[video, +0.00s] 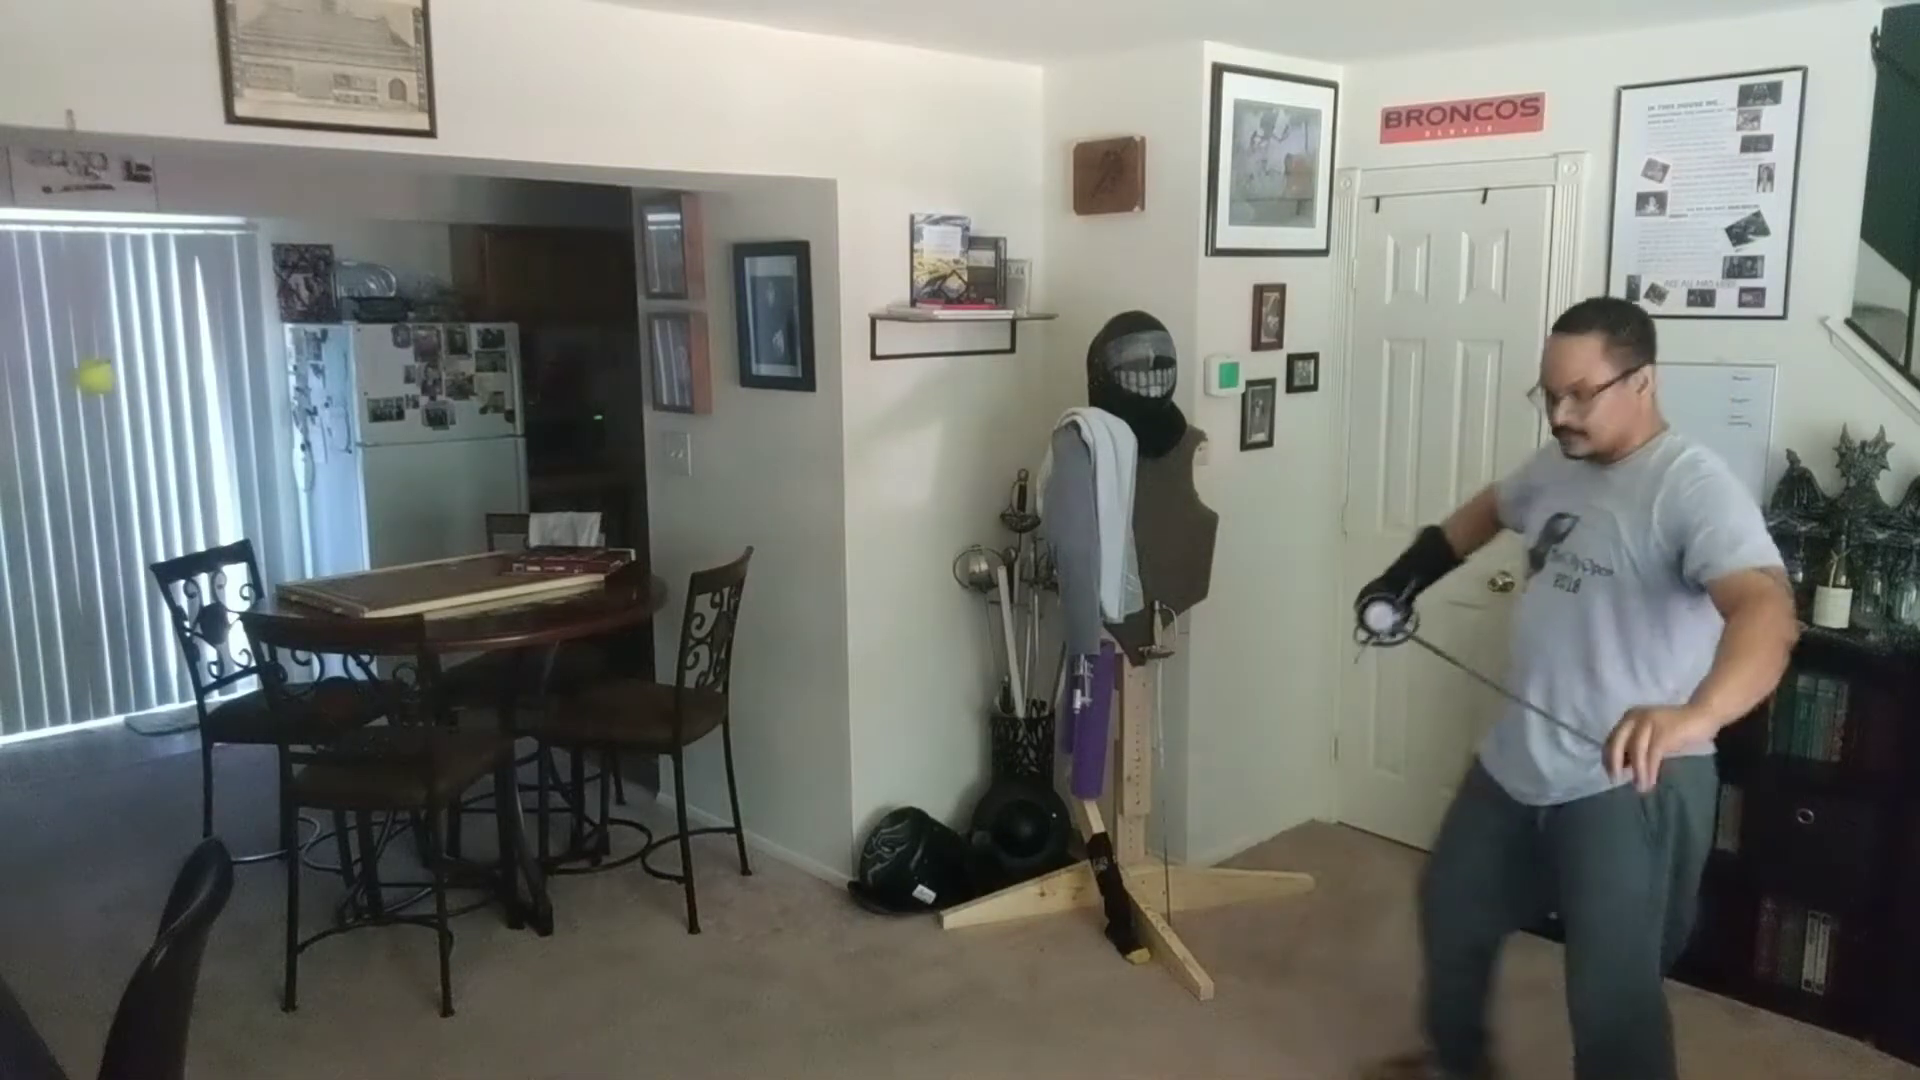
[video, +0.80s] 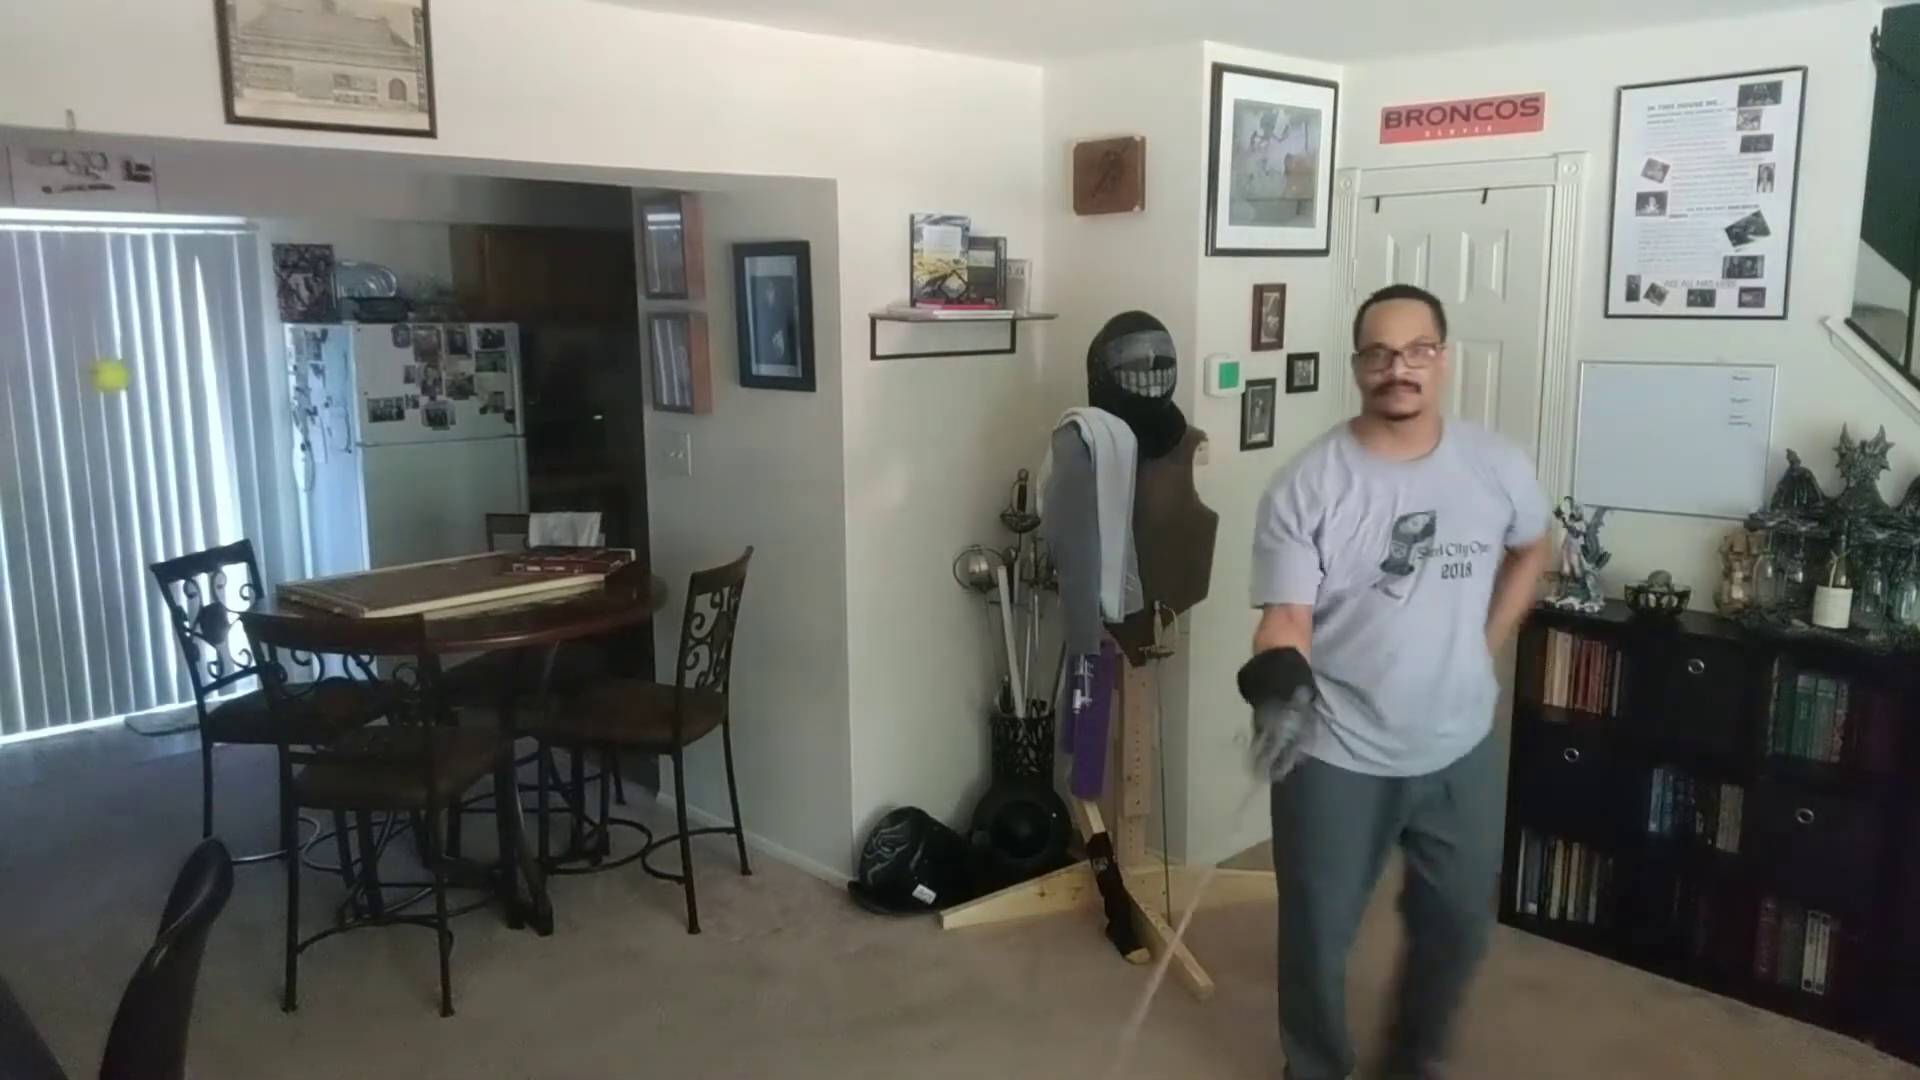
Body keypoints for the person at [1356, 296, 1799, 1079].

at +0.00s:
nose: (1560, 415)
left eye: (1578, 394)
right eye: (1551, 395)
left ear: (1642, 383)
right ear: (1542, 387)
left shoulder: (1693, 484)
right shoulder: (1556, 466)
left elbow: (1768, 615)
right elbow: (1487, 513)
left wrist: (1700, 713)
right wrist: (1406, 576)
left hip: (1634, 782)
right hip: (1520, 757)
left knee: (1613, 990)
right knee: (1452, 907)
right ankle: (1456, 1060)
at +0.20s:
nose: (1555, 395)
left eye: (1578, 377)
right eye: (1538, 375)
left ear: (1618, 378)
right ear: (1520, 376)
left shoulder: (1657, 488)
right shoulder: (1493, 470)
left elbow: (1714, 615)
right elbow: (1420, 541)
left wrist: (1702, 734)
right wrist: (1340, 621)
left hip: (1604, 777)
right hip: (1477, 762)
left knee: (1602, 994)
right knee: (1386, 932)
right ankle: (1333, 1061)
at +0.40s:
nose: (1496, 384)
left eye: (1519, 368)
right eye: (1479, 366)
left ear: (1551, 378)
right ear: (1458, 373)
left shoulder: (1596, 499)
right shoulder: (1405, 487)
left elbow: (1666, 657)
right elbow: (1346, 598)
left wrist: (1679, 817)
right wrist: (1287, 726)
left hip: (1542, 786)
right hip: (1406, 777)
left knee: (1562, 984)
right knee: (1346, 961)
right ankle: (1325, 1071)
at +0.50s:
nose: (1459, 377)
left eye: (1483, 362)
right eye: (1442, 360)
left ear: (1515, 375)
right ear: (1423, 370)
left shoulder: (1562, 491)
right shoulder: (1363, 480)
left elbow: (1624, 638)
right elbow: (1318, 616)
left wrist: (1631, 788)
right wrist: (1280, 750)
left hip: (1509, 773)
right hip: (1374, 767)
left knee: (1546, 971)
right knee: (1326, 957)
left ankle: (1591, 1078)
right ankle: (1319, 1070)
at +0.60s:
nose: (1432, 372)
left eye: (1454, 356)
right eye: (1414, 356)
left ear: (1483, 369)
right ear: (1392, 368)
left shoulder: (1533, 481)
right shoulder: (1332, 483)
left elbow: (1591, 609)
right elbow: (1299, 621)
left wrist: (1571, 741)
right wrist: (1277, 744)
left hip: (1488, 762)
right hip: (1353, 758)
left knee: (1522, 953)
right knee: (1317, 956)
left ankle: (1562, 1075)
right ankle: (1315, 1070)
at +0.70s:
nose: (1411, 369)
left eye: (1431, 354)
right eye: (1392, 355)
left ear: (1459, 366)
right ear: (1371, 368)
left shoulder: (1513, 472)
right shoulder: (1314, 484)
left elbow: (1560, 568)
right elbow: (1287, 620)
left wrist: (1521, 679)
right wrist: (1272, 732)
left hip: (1473, 752)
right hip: (1341, 755)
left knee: (1496, 943)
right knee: (1314, 949)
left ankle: (1499, 1069)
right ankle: (1315, 1068)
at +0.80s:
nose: (1399, 368)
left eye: (1418, 351)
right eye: (1379, 354)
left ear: (1444, 362)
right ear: (1357, 368)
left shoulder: (1495, 463)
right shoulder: (1307, 484)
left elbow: (1533, 547)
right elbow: (1285, 616)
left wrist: (1488, 648)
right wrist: (1279, 686)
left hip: (1464, 739)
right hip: (1338, 746)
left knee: (1459, 929)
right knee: (1317, 941)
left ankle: (1415, 1057)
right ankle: (1317, 1066)